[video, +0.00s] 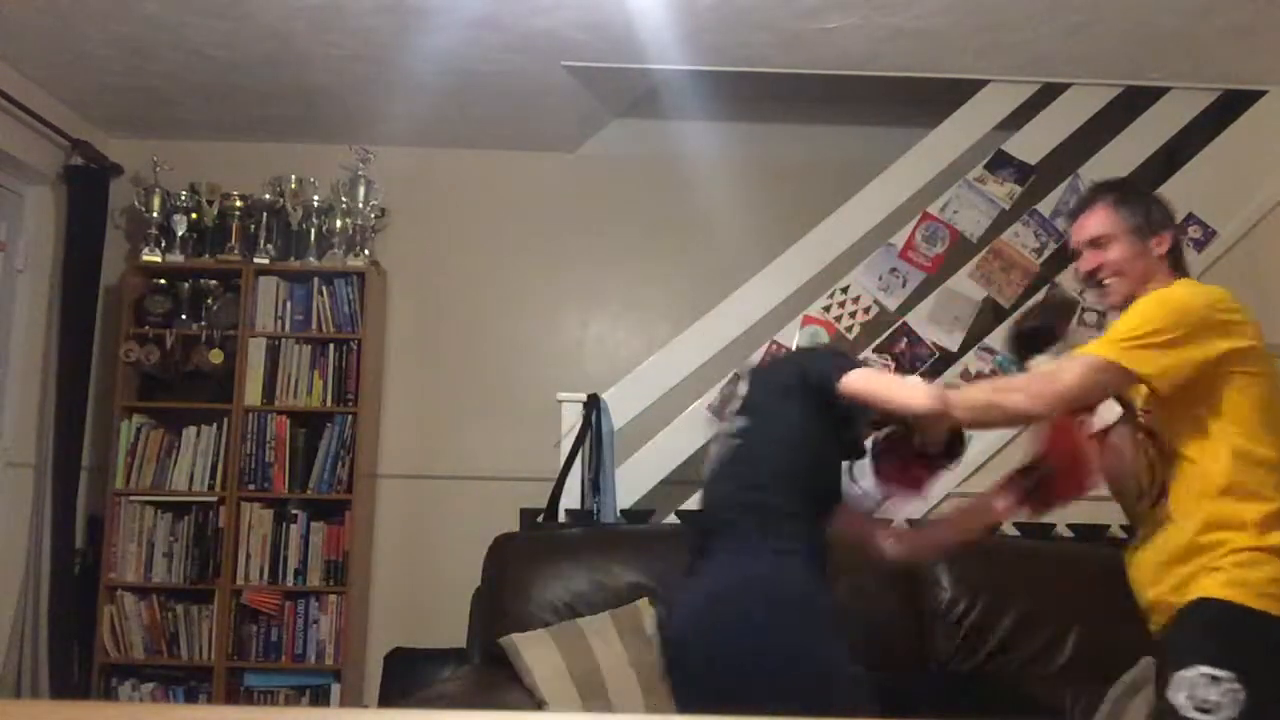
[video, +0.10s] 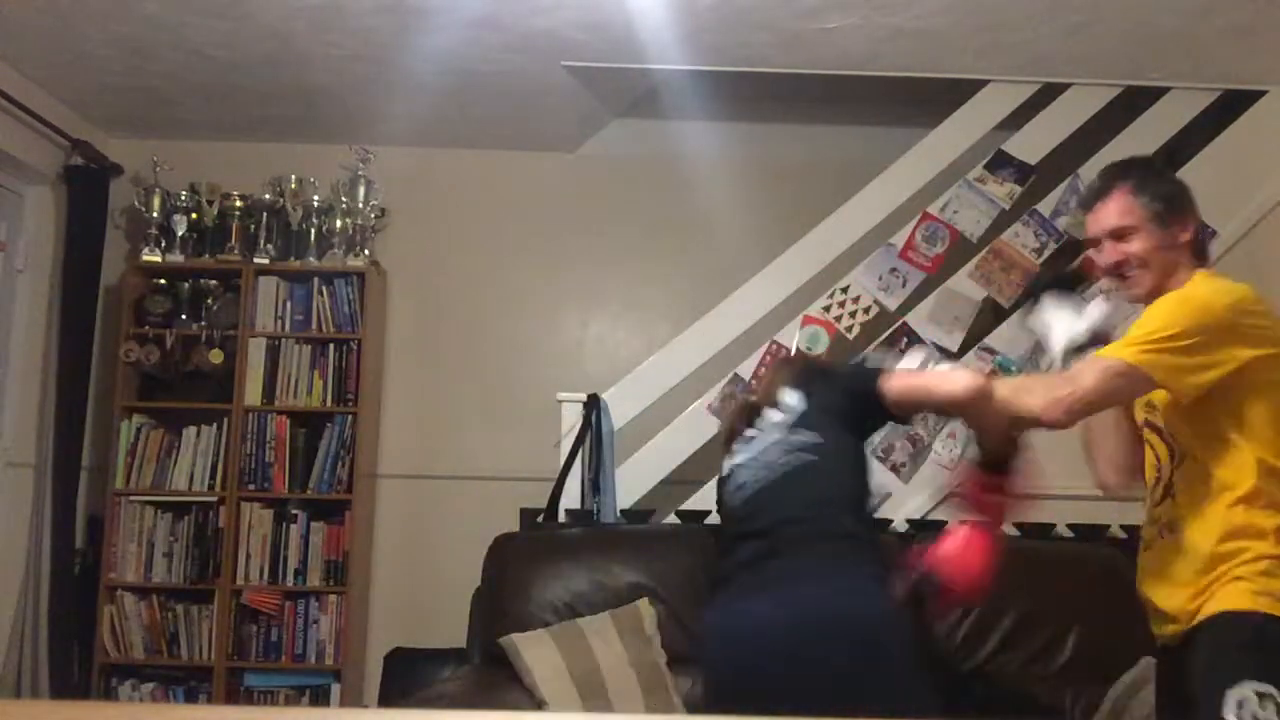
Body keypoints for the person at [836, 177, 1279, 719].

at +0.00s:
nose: (1085, 267)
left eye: (1100, 245)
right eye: (1078, 255)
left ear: (1159, 242)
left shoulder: (1191, 306)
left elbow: (1052, 393)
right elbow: (1149, 499)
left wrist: (930, 398)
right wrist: (1102, 423)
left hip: (1238, 587)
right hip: (1198, 594)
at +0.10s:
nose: (1106, 259)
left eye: (1123, 236)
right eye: (1096, 245)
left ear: (1183, 229)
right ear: (1088, 252)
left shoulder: (1213, 302)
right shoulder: (1157, 337)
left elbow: (1060, 402)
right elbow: (1119, 474)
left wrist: (978, 389)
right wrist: (1088, 357)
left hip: (1248, 586)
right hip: (1185, 602)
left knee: (1233, 704)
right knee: (1185, 707)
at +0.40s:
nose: (1161, 298)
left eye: (1171, 275)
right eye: (1150, 277)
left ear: (1236, 246)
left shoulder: (1272, 374)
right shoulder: (1196, 334)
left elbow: (1195, 521)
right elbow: (1178, 464)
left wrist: (1112, 391)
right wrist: (1132, 361)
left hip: (1254, 666)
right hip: (1182, 643)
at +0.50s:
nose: (1193, 290)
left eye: (1191, 268)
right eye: (1176, 277)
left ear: (1239, 227)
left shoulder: (1270, 330)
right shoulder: (1208, 320)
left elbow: (1157, 456)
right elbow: (1153, 460)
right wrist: (1119, 305)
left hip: (1265, 666)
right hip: (1195, 652)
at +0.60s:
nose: (1186, 269)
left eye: (1183, 250)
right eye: (1167, 257)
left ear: (1228, 205)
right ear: (1229, 205)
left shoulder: (1268, 298)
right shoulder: (1246, 299)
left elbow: (1140, 414)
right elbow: (1176, 456)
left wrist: (1115, 288)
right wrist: (1127, 315)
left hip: (1256, 656)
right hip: (1211, 643)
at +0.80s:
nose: (1194, 279)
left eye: (1192, 259)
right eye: (1180, 269)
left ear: (1228, 214)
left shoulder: (1273, 305)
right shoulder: (1225, 317)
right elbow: (1197, 477)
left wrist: (1160, 328)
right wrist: (1141, 350)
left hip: (1268, 662)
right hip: (1215, 644)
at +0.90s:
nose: (1175, 294)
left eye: (1169, 272)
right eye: (1161, 280)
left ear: (1212, 227)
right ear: (1213, 227)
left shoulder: (1273, 311)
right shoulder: (1233, 309)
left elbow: (1218, 483)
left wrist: (1158, 366)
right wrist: (1151, 348)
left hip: (1266, 665)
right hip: (1226, 651)